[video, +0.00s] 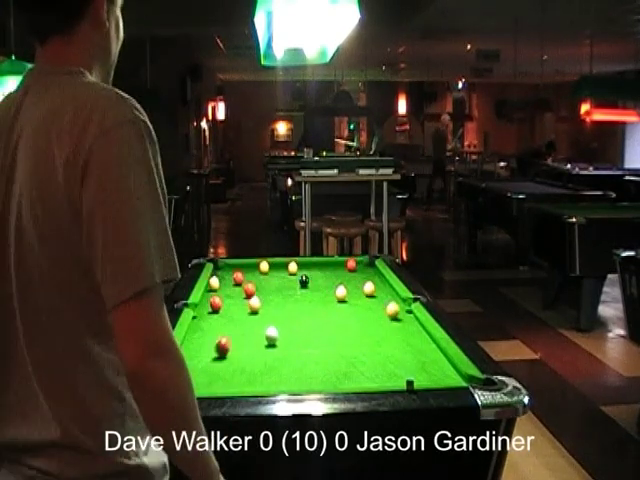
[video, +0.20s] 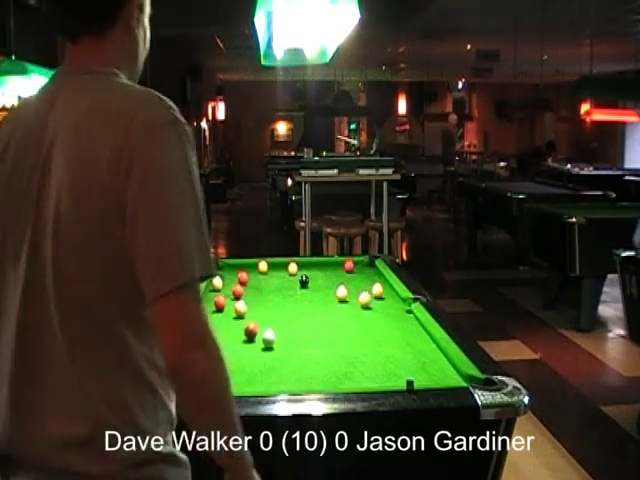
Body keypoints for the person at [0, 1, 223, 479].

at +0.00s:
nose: (122, 30)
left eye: (121, 12)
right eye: (121, 11)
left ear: (37, 22)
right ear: (102, 12)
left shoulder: (6, 113)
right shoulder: (107, 117)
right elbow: (146, 348)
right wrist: (203, 467)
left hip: (10, 452)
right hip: (98, 456)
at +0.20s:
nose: (149, 33)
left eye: (148, 18)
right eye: (148, 16)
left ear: (63, 21)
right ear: (133, 14)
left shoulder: (14, 125)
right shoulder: (146, 120)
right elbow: (183, 341)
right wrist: (238, 462)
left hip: (17, 447)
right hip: (126, 451)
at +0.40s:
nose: (187, 28)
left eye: (185, 17)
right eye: (187, 15)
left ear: (106, 23)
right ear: (179, 16)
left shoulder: (41, 126)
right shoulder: (205, 125)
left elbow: (4, 309)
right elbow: (244, 316)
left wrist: (46, 404)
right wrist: (283, 448)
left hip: (60, 436)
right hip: (170, 441)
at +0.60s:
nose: (231, 27)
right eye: (232, 15)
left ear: (148, 21)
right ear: (224, 18)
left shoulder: (86, 118)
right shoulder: (254, 126)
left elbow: (34, 299)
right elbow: (302, 294)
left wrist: (73, 399)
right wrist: (340, 407)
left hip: (101, 425)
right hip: (210, 427)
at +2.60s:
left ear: (188, 23)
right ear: (264, 26)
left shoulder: (138, 118)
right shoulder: (310, 130)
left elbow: (95, 306)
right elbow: (338, 303)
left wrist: (124, 396)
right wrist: (354, 399)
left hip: (155, 432)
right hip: (262, 432)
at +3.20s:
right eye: (240, 13)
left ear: (148, 19)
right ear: (232, 18)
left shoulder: (94, 124)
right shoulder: (280, 131)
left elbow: (60, 317)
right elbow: (309, 314)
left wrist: (110, 405)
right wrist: (314, 437)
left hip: (128, 438)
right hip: (240, 439)